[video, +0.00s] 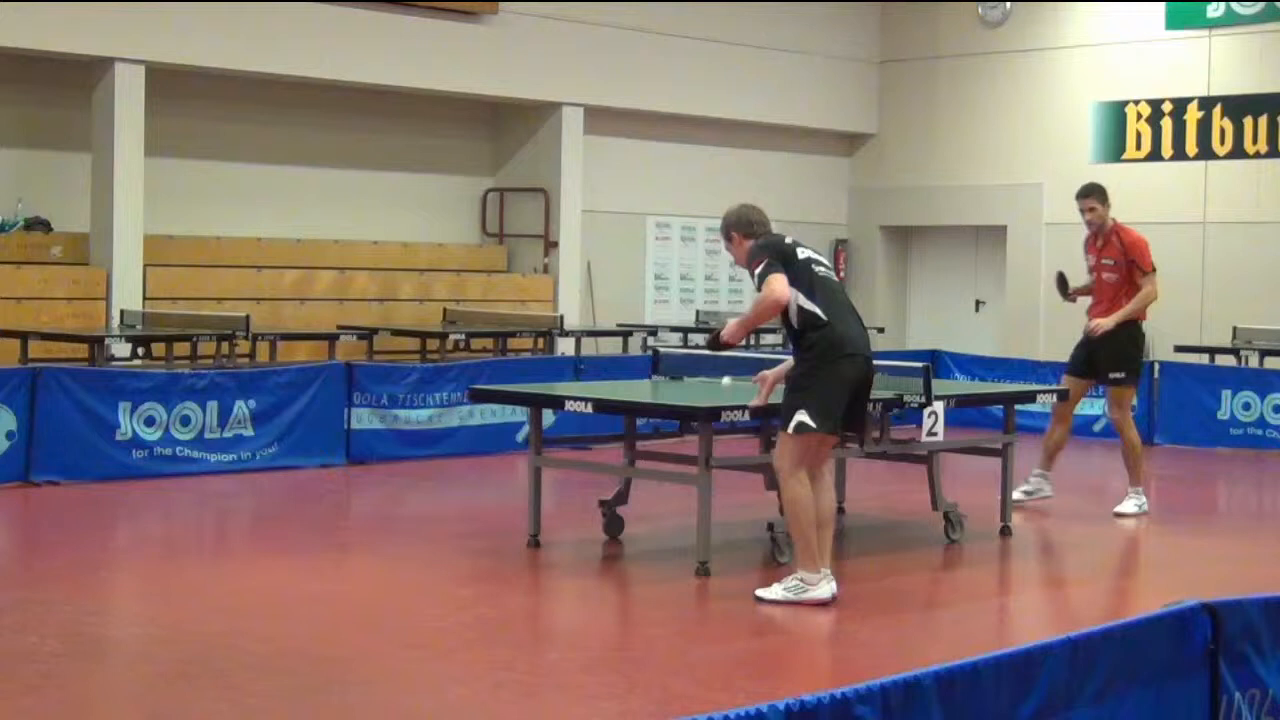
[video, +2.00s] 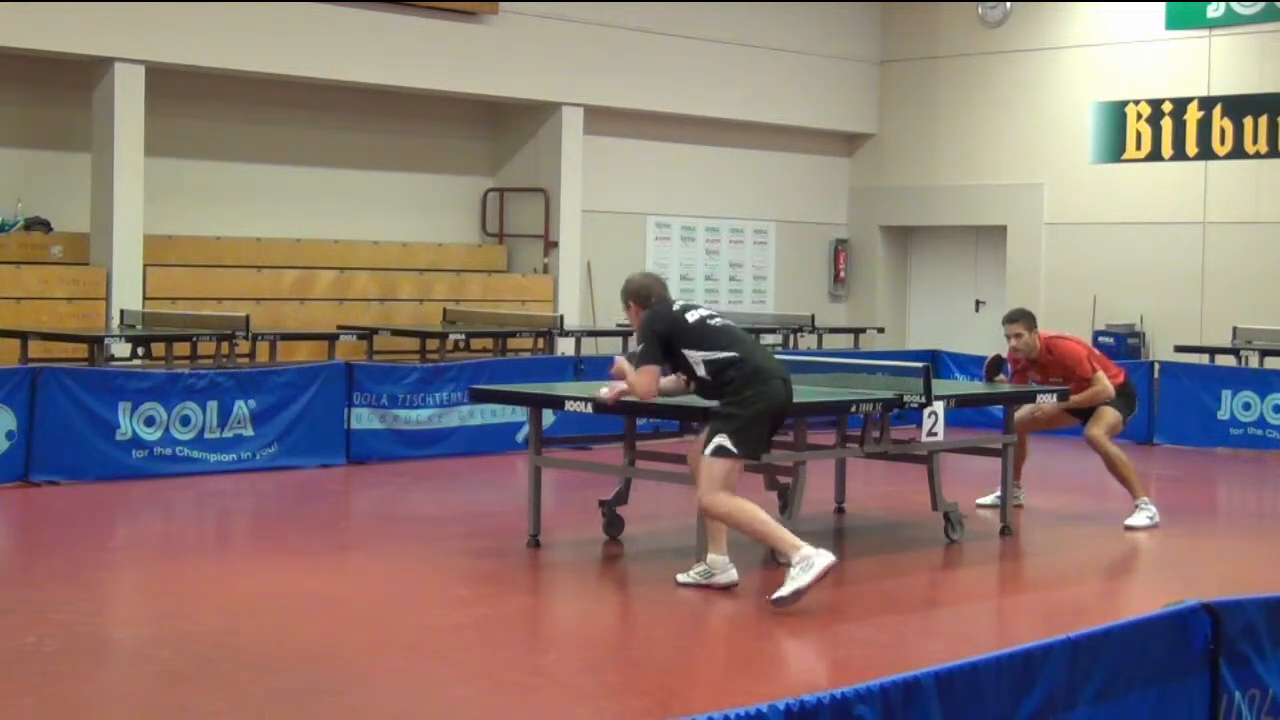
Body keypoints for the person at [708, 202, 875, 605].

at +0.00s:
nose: (731, 257)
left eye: (729, 248)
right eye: (728, 249)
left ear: (738, 238)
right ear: (764, 232)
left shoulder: (762, 251)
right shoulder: (802, 253)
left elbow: (779, 293)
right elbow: (829, 332)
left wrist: (743, 326)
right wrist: (778, 372)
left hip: (827, 361)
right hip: (855, 361)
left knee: (787, 463)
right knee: (816, 465)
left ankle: (809, 576)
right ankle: (822, 574)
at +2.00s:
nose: (629, 318)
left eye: (628, 310)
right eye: (628, 311)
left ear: (636, 306)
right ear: (661, 298)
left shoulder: (654, 321)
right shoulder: (686, 313)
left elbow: (645, 391)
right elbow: (689, 381)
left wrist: (626, 368)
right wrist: (630, 388)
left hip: (753, 390)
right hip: (772, 384)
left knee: (712, 498)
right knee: (700, 455)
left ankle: (804, 555)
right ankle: (717, 562)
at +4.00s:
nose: (449, 281)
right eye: (448, 276)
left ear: (401, 282)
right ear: (441, 281)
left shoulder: (382, 316)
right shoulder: (465, 317)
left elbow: (354, 377)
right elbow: (499, 391)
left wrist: (337, 433)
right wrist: (473, 423)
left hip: (398, 425)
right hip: (459, 425)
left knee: (340, 491)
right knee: (527, 509)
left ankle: (275, 578)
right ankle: (532, 575)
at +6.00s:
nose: (241, 177)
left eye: (239, 168)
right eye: (238, 169)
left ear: (187, 178)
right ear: (221, 174)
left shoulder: (157, 228)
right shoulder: (231, 221)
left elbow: (164, 301)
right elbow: (315, 274)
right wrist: (383, 283)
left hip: (140, 367)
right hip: (197, 372)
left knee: (131, 485)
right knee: (223, 501)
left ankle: (79, 600)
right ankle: (194, 646)